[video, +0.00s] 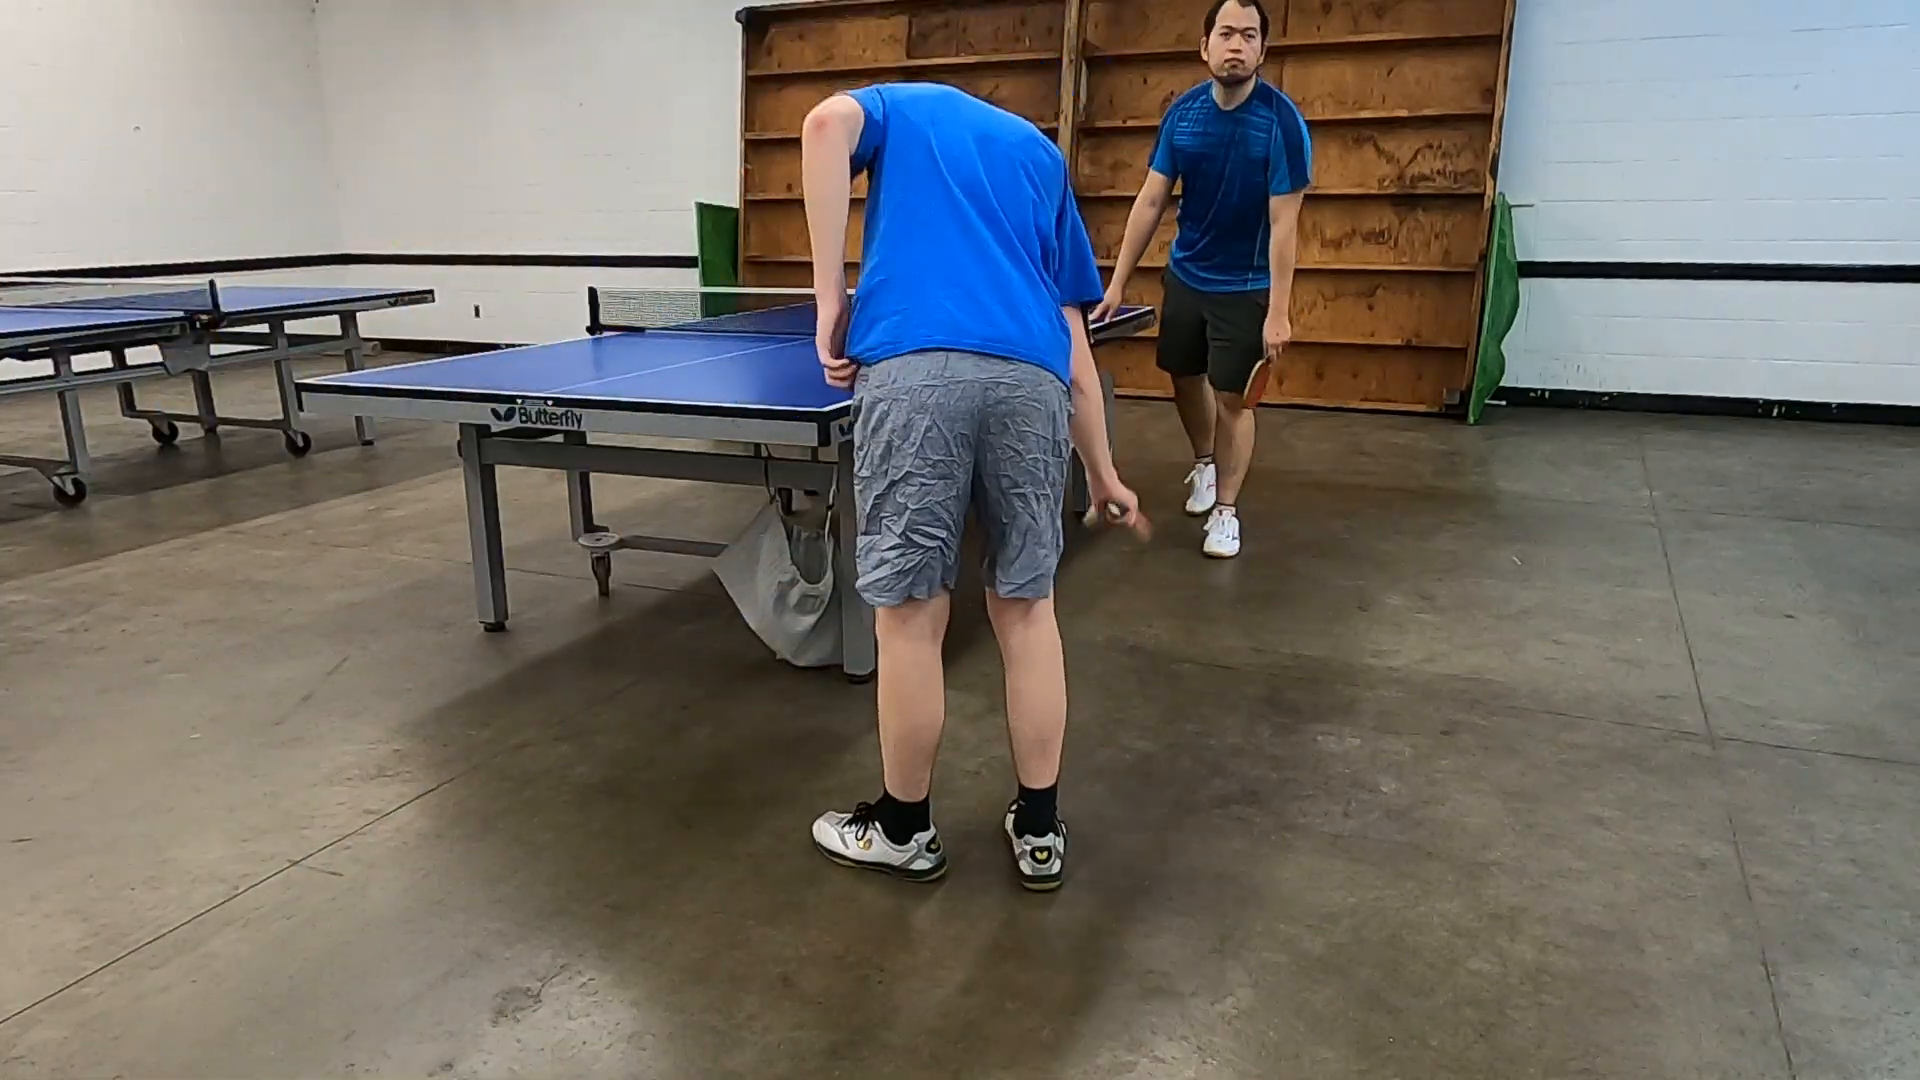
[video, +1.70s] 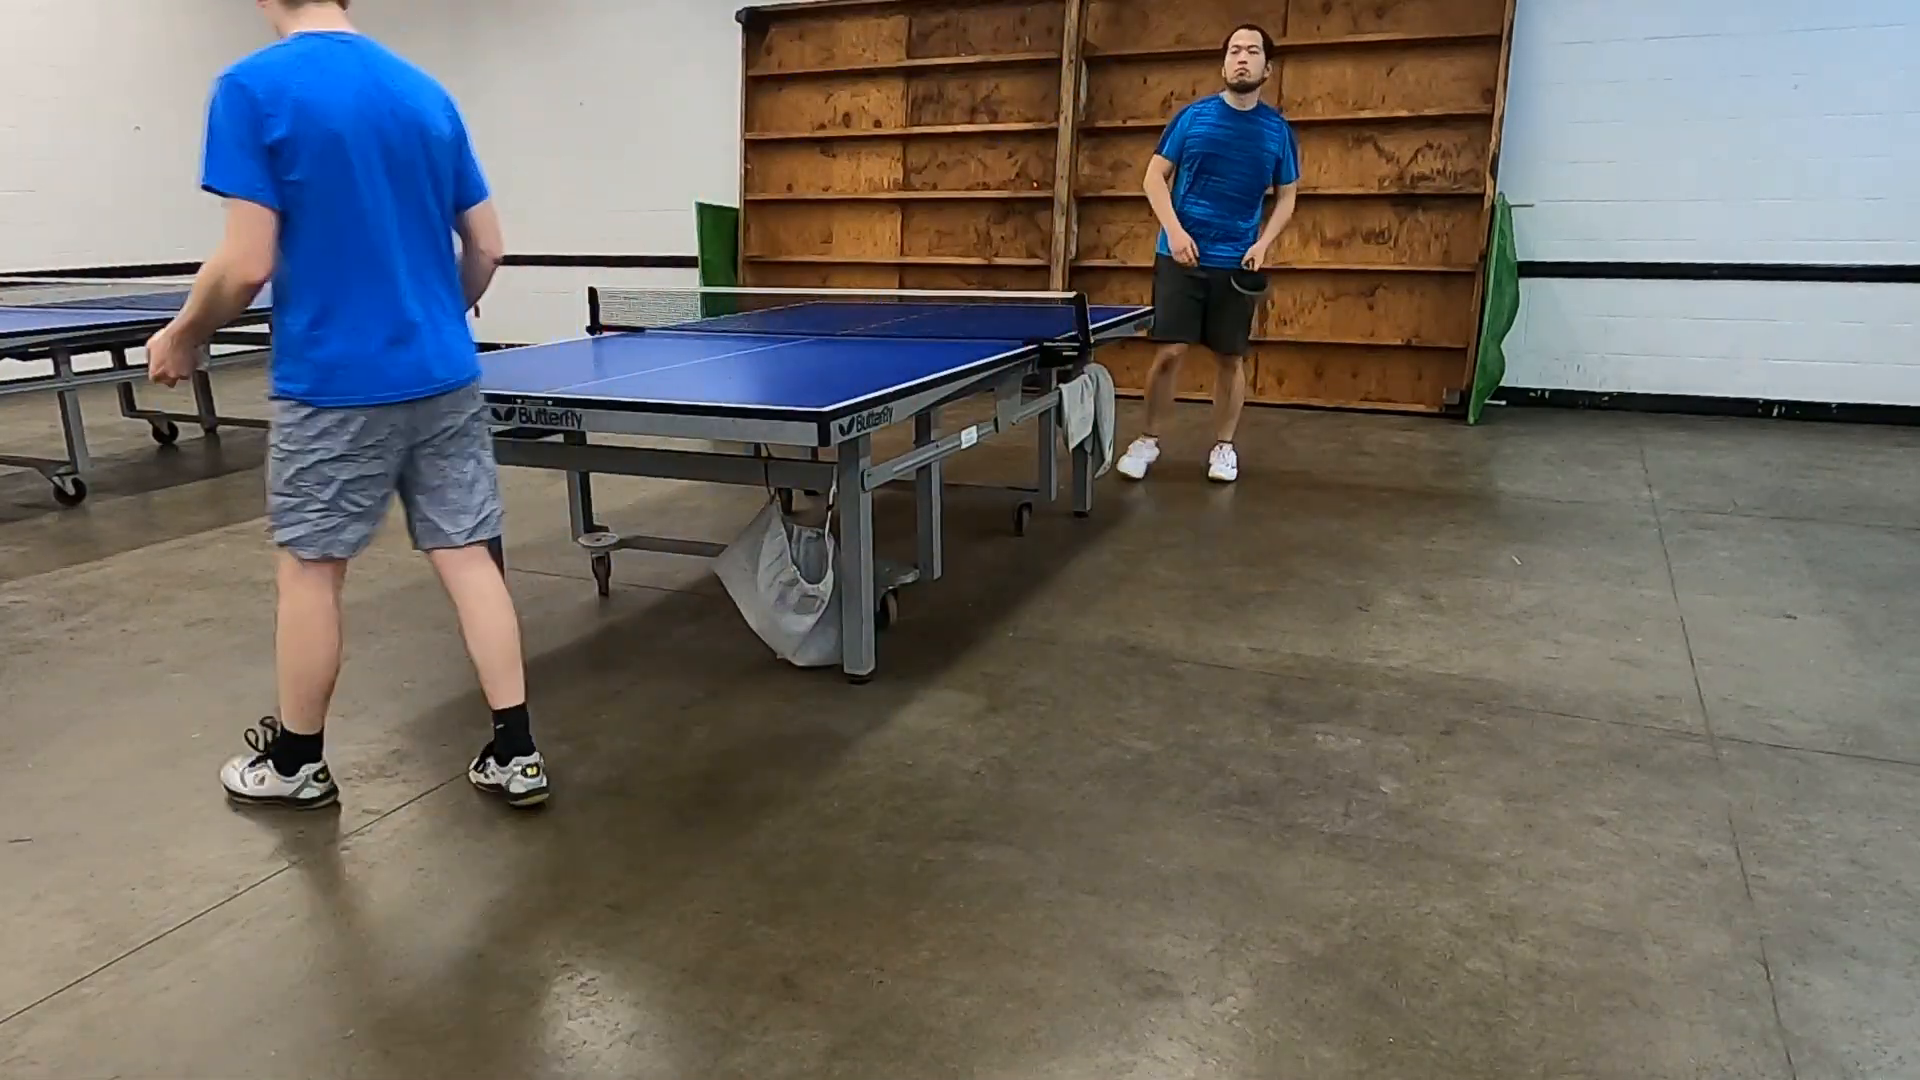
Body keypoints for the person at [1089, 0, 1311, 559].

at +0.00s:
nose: (1237, 45)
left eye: (1249, 35)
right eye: (1226, 33)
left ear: (1262, 49)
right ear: (1204, 45)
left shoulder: (1281, 122)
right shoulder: (1182, 113)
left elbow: (1284, 224)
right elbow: (1150, 201)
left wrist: (1279, 312)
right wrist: (1116, 285)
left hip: (1248, 285)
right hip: (1187, 276)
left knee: (1231, 399)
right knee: (1184, 376)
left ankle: (1227, 508)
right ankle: (1208, 463)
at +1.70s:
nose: (1241, 58)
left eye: (1252, 52)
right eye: (1234, 51)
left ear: (1268, 66)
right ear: (1223, 62)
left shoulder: (1278, 131)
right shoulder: (1193, 116)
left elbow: (1286, 199)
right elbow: (1154, 177)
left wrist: (1263, 243)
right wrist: (1174, 231)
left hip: (1238, 264)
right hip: (1182, 257)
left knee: (1230, 360)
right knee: (1169, 353)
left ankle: (1223, 446)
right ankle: (1149, 440)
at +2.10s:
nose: (1180, 66)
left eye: (1190, 60)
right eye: (1174, 61)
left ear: (1210, 73)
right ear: (1166, 73)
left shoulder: (1227, 129)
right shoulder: (1146, 129)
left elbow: (1252, 192)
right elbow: (1115, 189)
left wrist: (1199, 203)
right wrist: (1141, 206)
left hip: (1198, 268)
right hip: (1140, 263)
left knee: (1207, 358)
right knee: (1100, 348)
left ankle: (1221, 446)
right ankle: (1079, 427)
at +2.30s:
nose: (1128, 80)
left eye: (1140, 73)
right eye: (1124, 73)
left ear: (1162, 85)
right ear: (1118, 83)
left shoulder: (1182, 135)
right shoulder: (1107, 142)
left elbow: (1199, 199)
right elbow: (1088, 198)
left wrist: (1146, 184)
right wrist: (1073, 242)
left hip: (1168, 273)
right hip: (1111, 269)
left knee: (1187, 358)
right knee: (1083, 352)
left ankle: (1215, 445)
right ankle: (1080, 432)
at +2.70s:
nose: (1081, 142)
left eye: (1088, 134)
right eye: (1075, 135)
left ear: (1110, 130)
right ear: (1070, 134)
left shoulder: (1144, 153)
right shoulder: (1085, 171)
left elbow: (1141, 215)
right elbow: (1080, 218)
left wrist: (1101, 162)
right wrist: (1053, 264)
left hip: (1174, 266)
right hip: (1123, 268)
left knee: (1178, 351)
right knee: (1084, 346)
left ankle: (1197, 443)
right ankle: (1079, 426)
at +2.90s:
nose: (1082, 179)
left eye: (1088, 170)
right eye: (1077, 172)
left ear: (1113, 162)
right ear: (1073, 168)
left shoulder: (1149, 178)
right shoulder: (1086, 199)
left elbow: (1140, 240)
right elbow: (1085, 253)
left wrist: (1109, 184)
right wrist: (1080, 304)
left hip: (1181, 275)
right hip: (1130, 278)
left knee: (1180, 351)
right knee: (1076, 344)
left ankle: (1197, 445)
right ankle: (1078, 427)